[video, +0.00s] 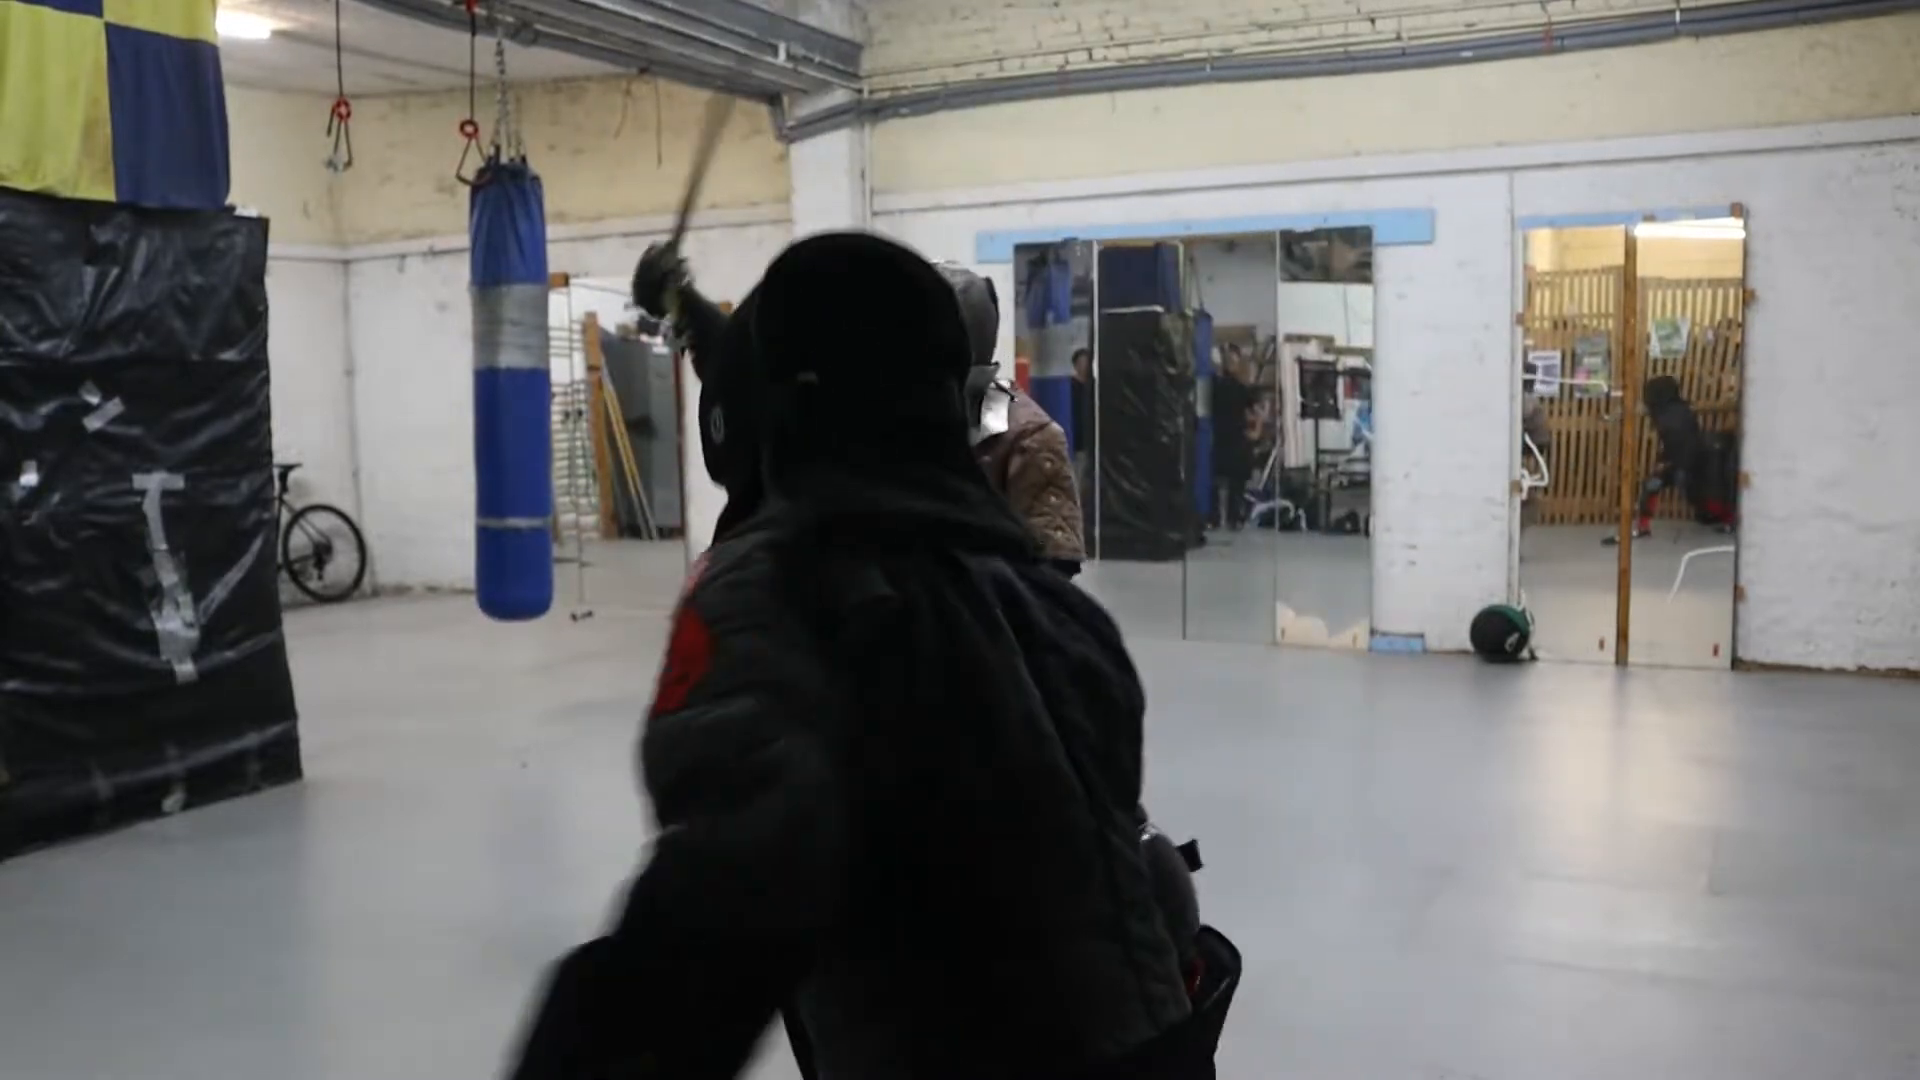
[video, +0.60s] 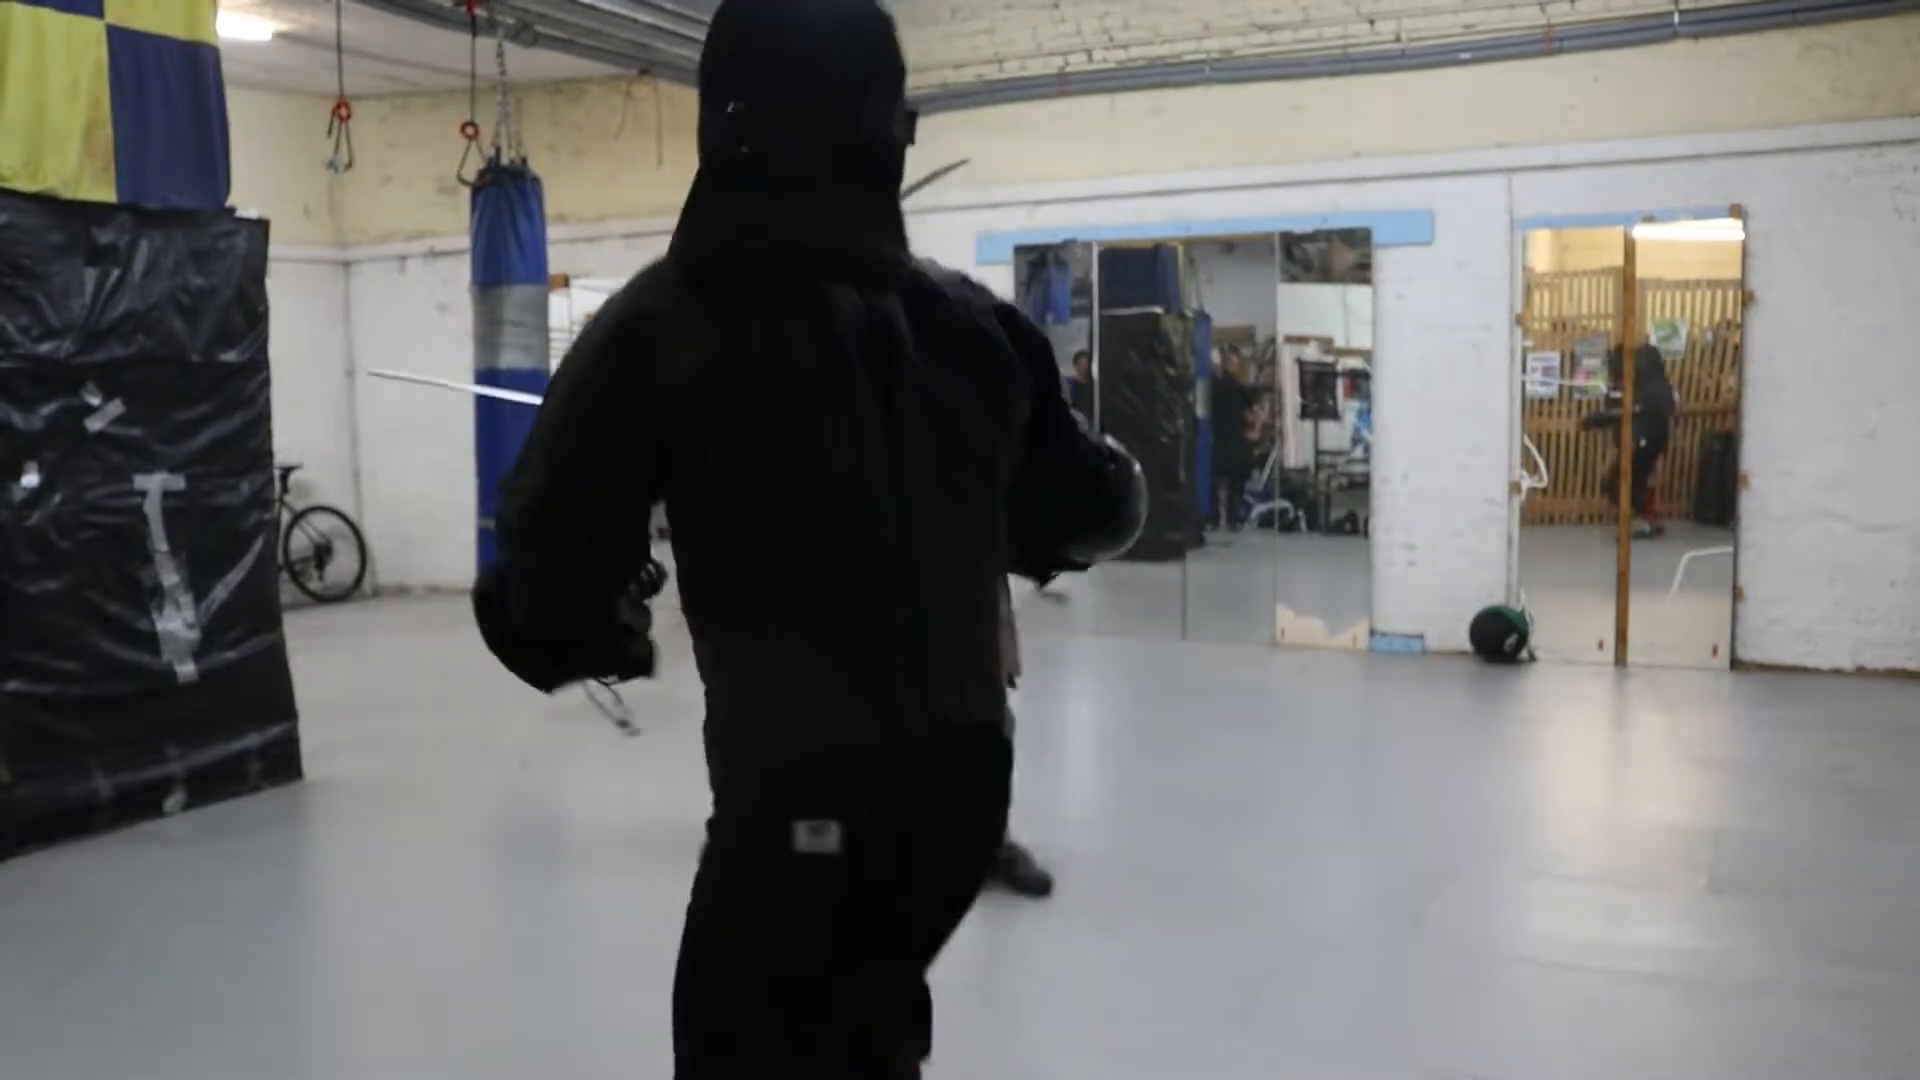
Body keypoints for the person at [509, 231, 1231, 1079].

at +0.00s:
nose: (715, 435)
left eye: (729, 402)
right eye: (713, 403)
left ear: (785, 403)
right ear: (934, 400)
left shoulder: (762, 592)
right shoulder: (1032, 581)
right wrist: (720, 335)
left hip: (913, 1047)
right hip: (1130, 1028)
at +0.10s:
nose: (696, 375)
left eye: (709, 341)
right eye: (693, 341)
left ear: (768, 349)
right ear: (942, 338)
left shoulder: (746, 564)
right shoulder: (1040, 532)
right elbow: (1135, 793)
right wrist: (1168, 931)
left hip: (923, 1048)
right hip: (1149, 1030)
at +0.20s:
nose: (695, 340)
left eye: (706, 302)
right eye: (694, 303)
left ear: (757, 293)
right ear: (933, 278)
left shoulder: (754, 499)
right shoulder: (1028, 484)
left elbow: (576, 731)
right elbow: (1132, 763)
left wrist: (421, 812)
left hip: (912, 1034)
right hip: (1122, 1015)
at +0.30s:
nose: (694, 270)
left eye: (703, 236)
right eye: (695, 238)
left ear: (751, 239)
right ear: (923, 232)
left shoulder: (733, 433)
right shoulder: (1000, 433)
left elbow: (523, 624)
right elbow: (1131, 663)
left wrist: (416, 641)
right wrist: (1090, 784)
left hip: (913, 976)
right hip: (1074, 948)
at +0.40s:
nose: (706, 197)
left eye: (719, 165)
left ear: (740, 178)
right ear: (925, 185)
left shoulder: (705, 378)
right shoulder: (999, 391)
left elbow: (460, 614)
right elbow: (1134, 584)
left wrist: (452, 538)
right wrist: (1040, 620)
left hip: (871, 909)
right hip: (1035, 888)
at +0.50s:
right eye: (922, 117)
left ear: (743, 122)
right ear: (913, 131)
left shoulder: (688, 317)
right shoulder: (992, 337)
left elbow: (501, 575)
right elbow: (1105, 510)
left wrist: (583, 590)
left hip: (825, 829)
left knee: (767, 1066)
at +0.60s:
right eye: (893, 115)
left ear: (725, 125)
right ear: (887, 128)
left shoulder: (664, 330)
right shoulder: (972, 330)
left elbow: (534, 607)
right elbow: (1091, 509)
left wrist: (614, 625)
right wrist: (993, 517)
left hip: (788, 793)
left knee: (734, 1048)